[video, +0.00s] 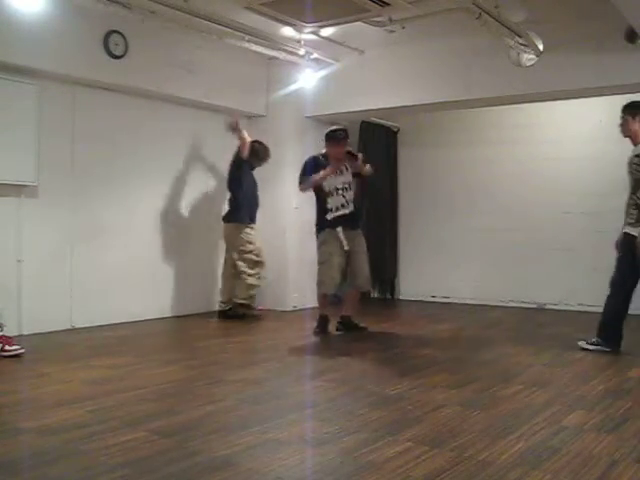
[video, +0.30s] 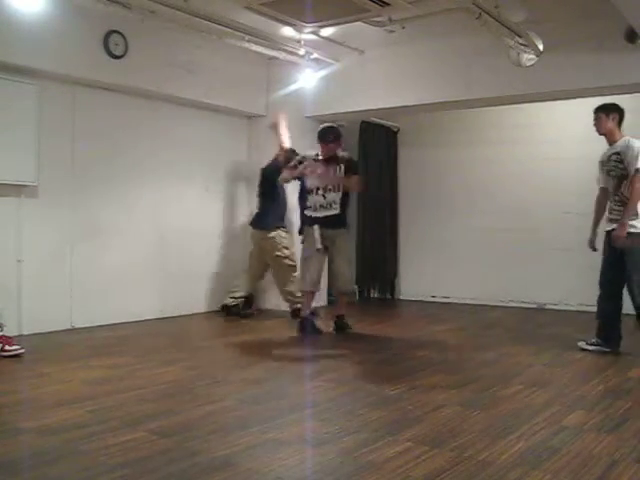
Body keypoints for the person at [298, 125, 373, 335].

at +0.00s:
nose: (340, 150)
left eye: (343, 145)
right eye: (336, 146)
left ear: (347, 145)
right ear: (327, 146)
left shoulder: (352, 160)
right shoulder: (315, 163)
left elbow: (369, 171)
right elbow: (303, 185)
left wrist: (360, 167)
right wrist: (326, 173)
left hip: (352, 226)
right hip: (328, 227)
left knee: (361, 276)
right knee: (328, 275)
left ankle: (346, 317)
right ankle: (323, 318)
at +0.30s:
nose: (328, 148)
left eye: (332, 144)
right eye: (324, 144)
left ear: (339, 144)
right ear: (318, 143)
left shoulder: (346, 163)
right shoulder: (307, 162)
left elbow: (356, 185)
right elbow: (282, 177)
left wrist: (332, 178)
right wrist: (298, 171)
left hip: (338, 226)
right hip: (312, 226)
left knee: (342, 273)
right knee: (311, 271)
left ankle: (340, 316)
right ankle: (305, 317)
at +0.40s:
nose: (335, 149)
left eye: (336, 144)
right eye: (333, 145)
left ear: (337, 144)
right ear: (325, 144)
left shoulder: (342, 165)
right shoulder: (304, 164)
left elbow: (323, 188)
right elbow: (283, 185)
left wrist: (294, 204)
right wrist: (268, 203)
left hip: (333, 227)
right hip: (309, 228)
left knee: (338, 277)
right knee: (307, 278)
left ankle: (338, 318)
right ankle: (304, 319)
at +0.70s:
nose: (319, 145)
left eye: (323, 141)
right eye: (316, 141)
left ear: (329, 143)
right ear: (310, 142)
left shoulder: (337, 167)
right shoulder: (300, 163)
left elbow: (339, 196)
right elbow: (291, 188)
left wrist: (315, 201)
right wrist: (283, 206)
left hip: (329, 232)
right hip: (302, 231)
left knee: (340, 279)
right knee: (295, 278)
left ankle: (337, 317)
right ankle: (301, 318)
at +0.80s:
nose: (313, 146)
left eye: (317, 142)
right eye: (311, 142)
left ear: (326, 145)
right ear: (306, 144)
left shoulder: (338, 170)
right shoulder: (296, 170)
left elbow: (352, 199)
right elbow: (292, 197)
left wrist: (334, 209)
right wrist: (290, 216)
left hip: (332, 234)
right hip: (305, 233)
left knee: (345, 279)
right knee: (298, 279)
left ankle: (338, 317)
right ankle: (302, 318)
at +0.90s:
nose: (316, 152)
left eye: (321, 148)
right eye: (313, 147)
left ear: (327, 150)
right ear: (306, 148)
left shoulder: (340, 172)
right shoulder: (296, 179)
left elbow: (360, 194)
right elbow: (288, 211)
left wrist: (359, 221)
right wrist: (301, 229)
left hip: (339, 239)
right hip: (311, 240)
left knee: (352, 284)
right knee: (303, 285)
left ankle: (340, 318)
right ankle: (303, 320)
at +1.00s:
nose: (319, 157)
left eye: (324, 153)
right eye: (316, 152)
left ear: (329, 154)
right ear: (309, 151)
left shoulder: (341, 171)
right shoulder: (299, 179)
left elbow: (367, 182)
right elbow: (292, 206)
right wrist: (307, 210)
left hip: (344, 238)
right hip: (316, 240)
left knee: (356, 280)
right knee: (309, 283)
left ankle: (342, 319)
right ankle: (304, 321)